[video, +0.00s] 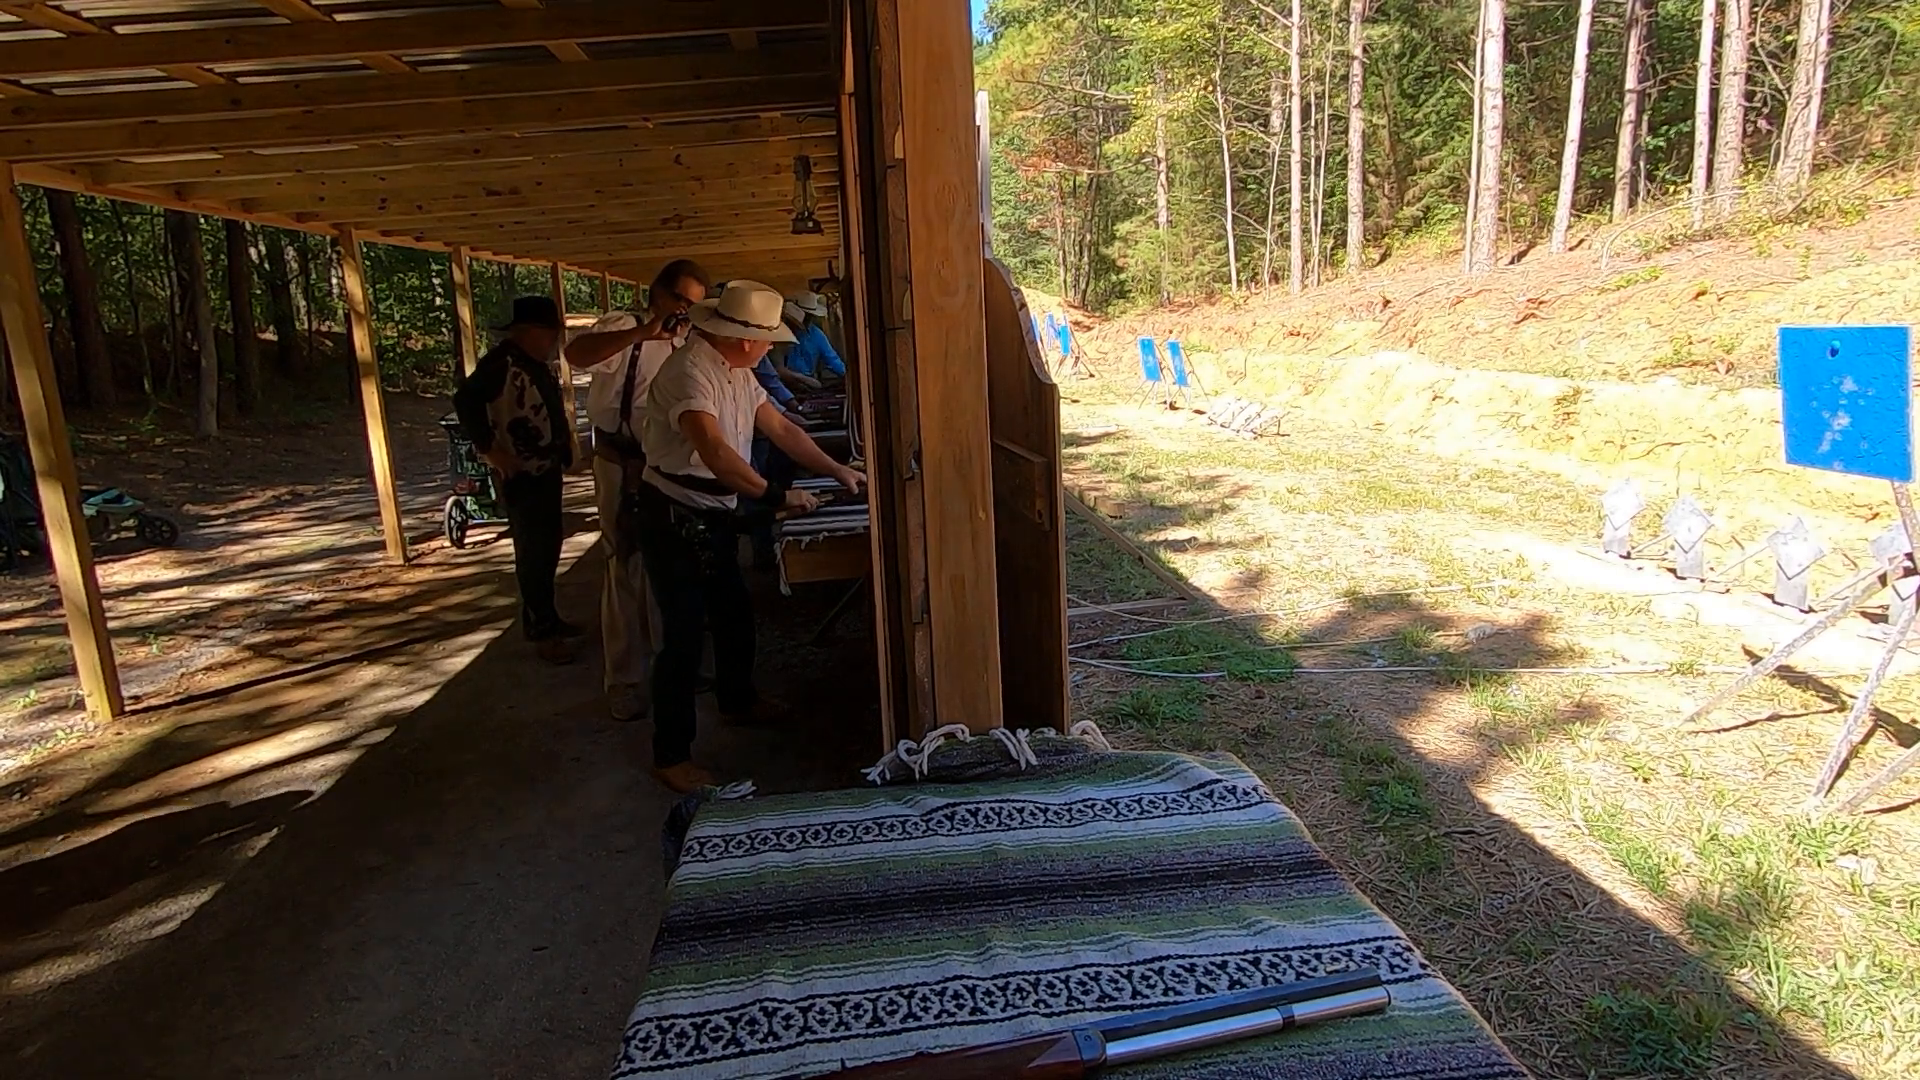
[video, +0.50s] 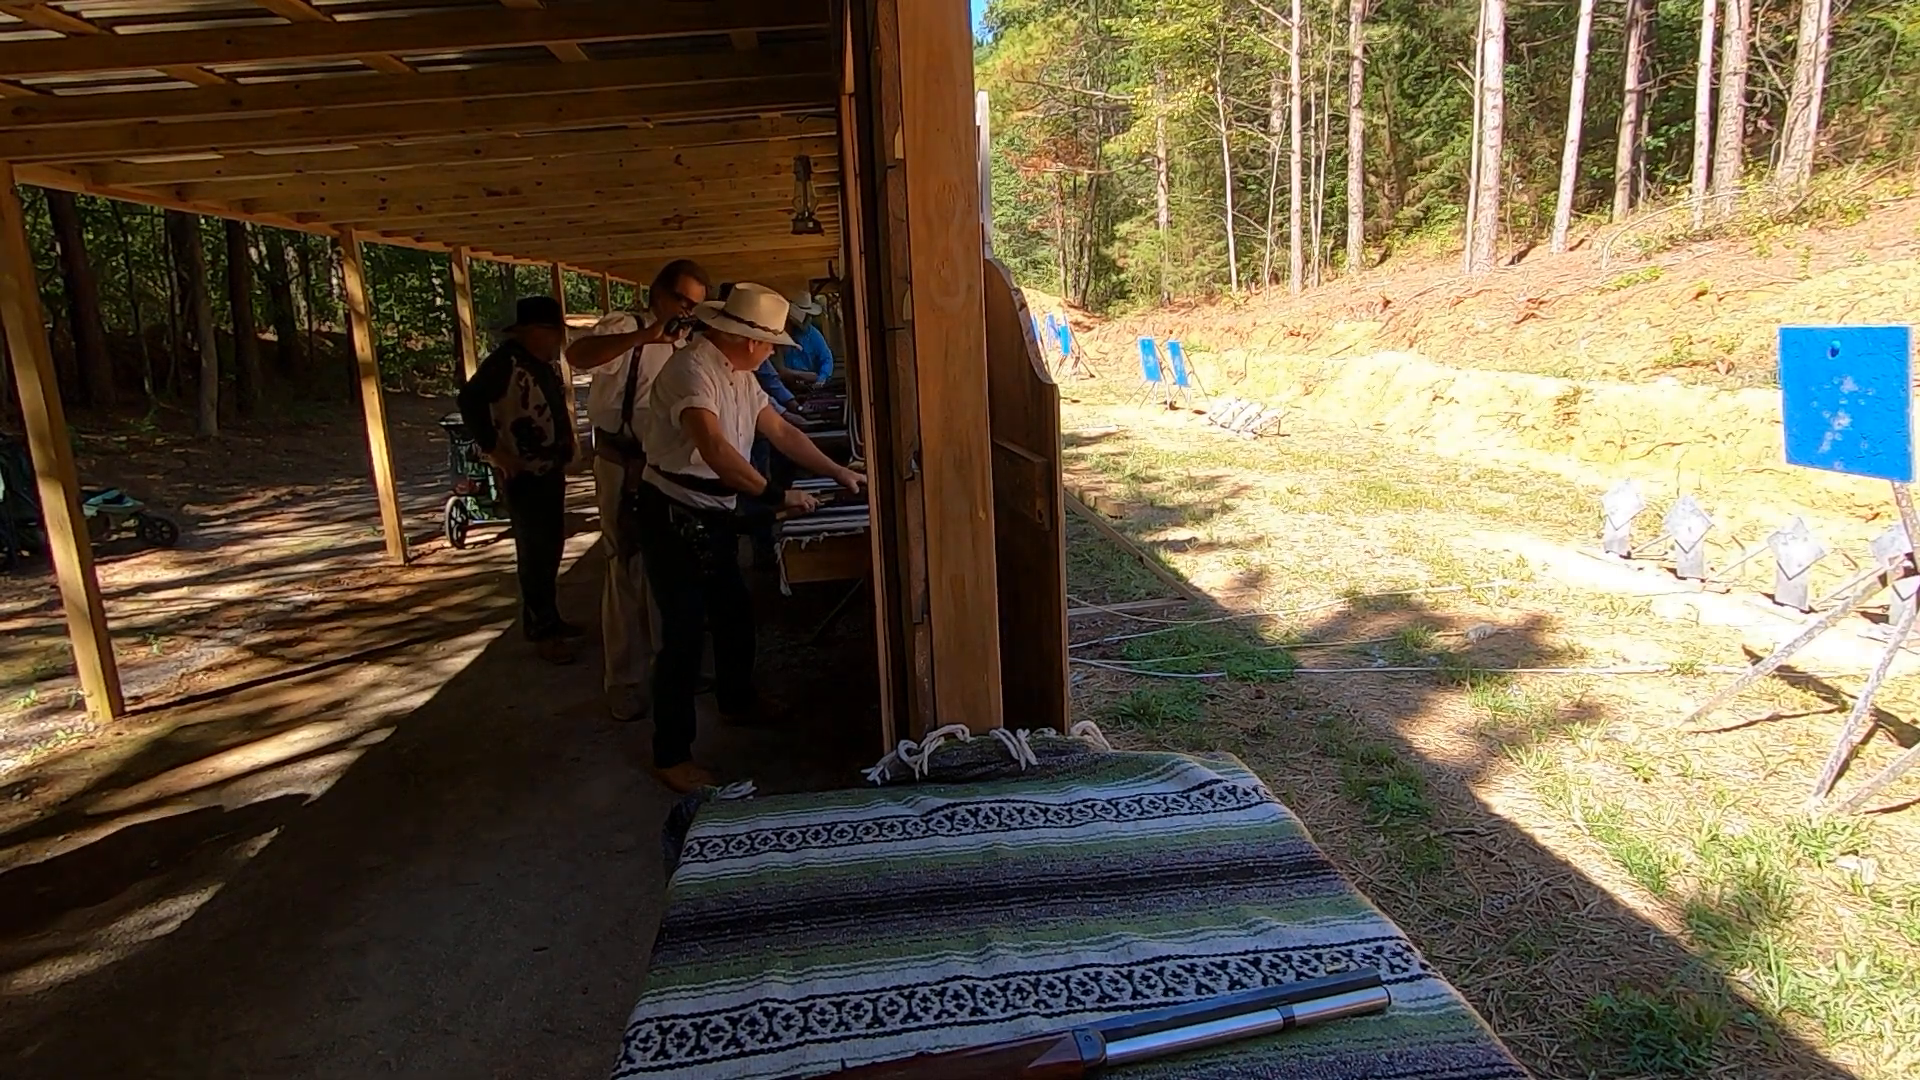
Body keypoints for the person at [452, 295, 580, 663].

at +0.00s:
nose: (557, 341)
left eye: (557, 333)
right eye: (552, 333)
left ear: (535, 331)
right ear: (531, 331)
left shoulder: (539, 363)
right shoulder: (502, 361)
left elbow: (546, 410)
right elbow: (466, 400)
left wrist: (562, 444)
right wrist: (490, 449)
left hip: (547, 471)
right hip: (522, 474)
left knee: (548, 547)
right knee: (534, 550)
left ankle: (547, 619)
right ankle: (540, 629)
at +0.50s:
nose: (560, 339)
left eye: (560, 331)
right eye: (555, 331)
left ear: (544, 332)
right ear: (535, 331)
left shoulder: (546, 364)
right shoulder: (506, 359)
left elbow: (552, 408)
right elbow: (469, 399)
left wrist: (565, 442)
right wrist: (493, 448)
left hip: (550, 472)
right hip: (524, 475)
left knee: (550, 550)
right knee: (535, 553)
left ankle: (548, 621)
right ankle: (541, 630)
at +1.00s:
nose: (562, 337)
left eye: (561, 330)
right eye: (556, 329)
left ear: (541, 331)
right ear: (535, 330)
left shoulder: (546, 365)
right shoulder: (505, 361)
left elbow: (553, 409)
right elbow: (467, 399)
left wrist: (566, 443)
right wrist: (491, 448)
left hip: (552, 472)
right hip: (525, 474)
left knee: (552, 550)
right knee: (536, 553)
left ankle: (549, 620)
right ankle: (540, 631)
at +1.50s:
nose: (559, 338)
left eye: (559, 330)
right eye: (553, 330)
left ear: (547, 332)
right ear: (531, 331)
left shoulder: (545, 364)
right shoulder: (504, 361)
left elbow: (550, 410)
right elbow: (467, 399)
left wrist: (564, 446)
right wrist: (490, 448)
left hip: (551, 472)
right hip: (525, 475)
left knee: (552, 550)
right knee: (536, 553)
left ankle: (549, 621)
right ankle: (541, 631)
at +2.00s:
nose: (563, 338)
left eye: (563, 330)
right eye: (557, 330)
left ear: (545, 332)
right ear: (534, 331)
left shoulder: (546, 365)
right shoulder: (507, 361)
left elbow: (550, 410)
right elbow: (470, 399)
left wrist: (565, 445)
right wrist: (491, 448)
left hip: (551, 472)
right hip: (525, 475)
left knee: (552, 550)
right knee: (536, 553)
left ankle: (549, 620)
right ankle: (541, 630)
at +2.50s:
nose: (563, 337)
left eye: (563, 330)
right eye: (557, 330)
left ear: (546, 333)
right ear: (534, 331)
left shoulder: (546, 366)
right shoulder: (506, 361)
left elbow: (551, 412)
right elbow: (470, 399)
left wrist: (565, 449)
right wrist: (491, 448)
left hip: (551, 473)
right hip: (525, 475)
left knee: (552, 550)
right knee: (536, 552)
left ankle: (549, 620)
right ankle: (541, 630)